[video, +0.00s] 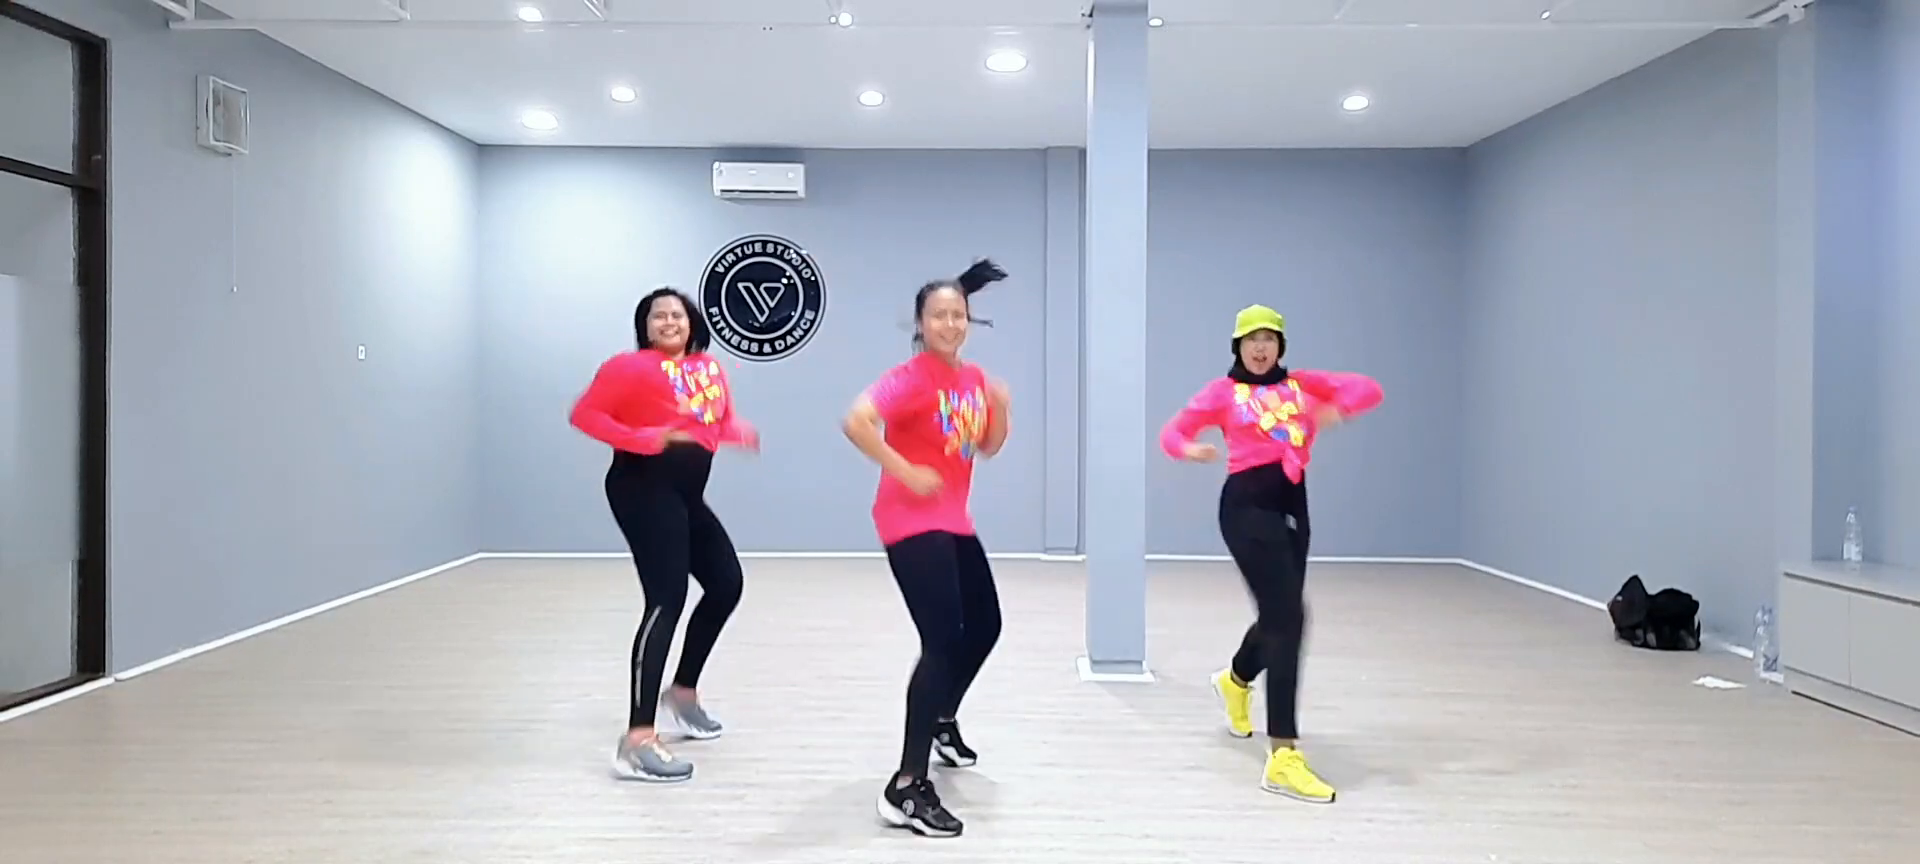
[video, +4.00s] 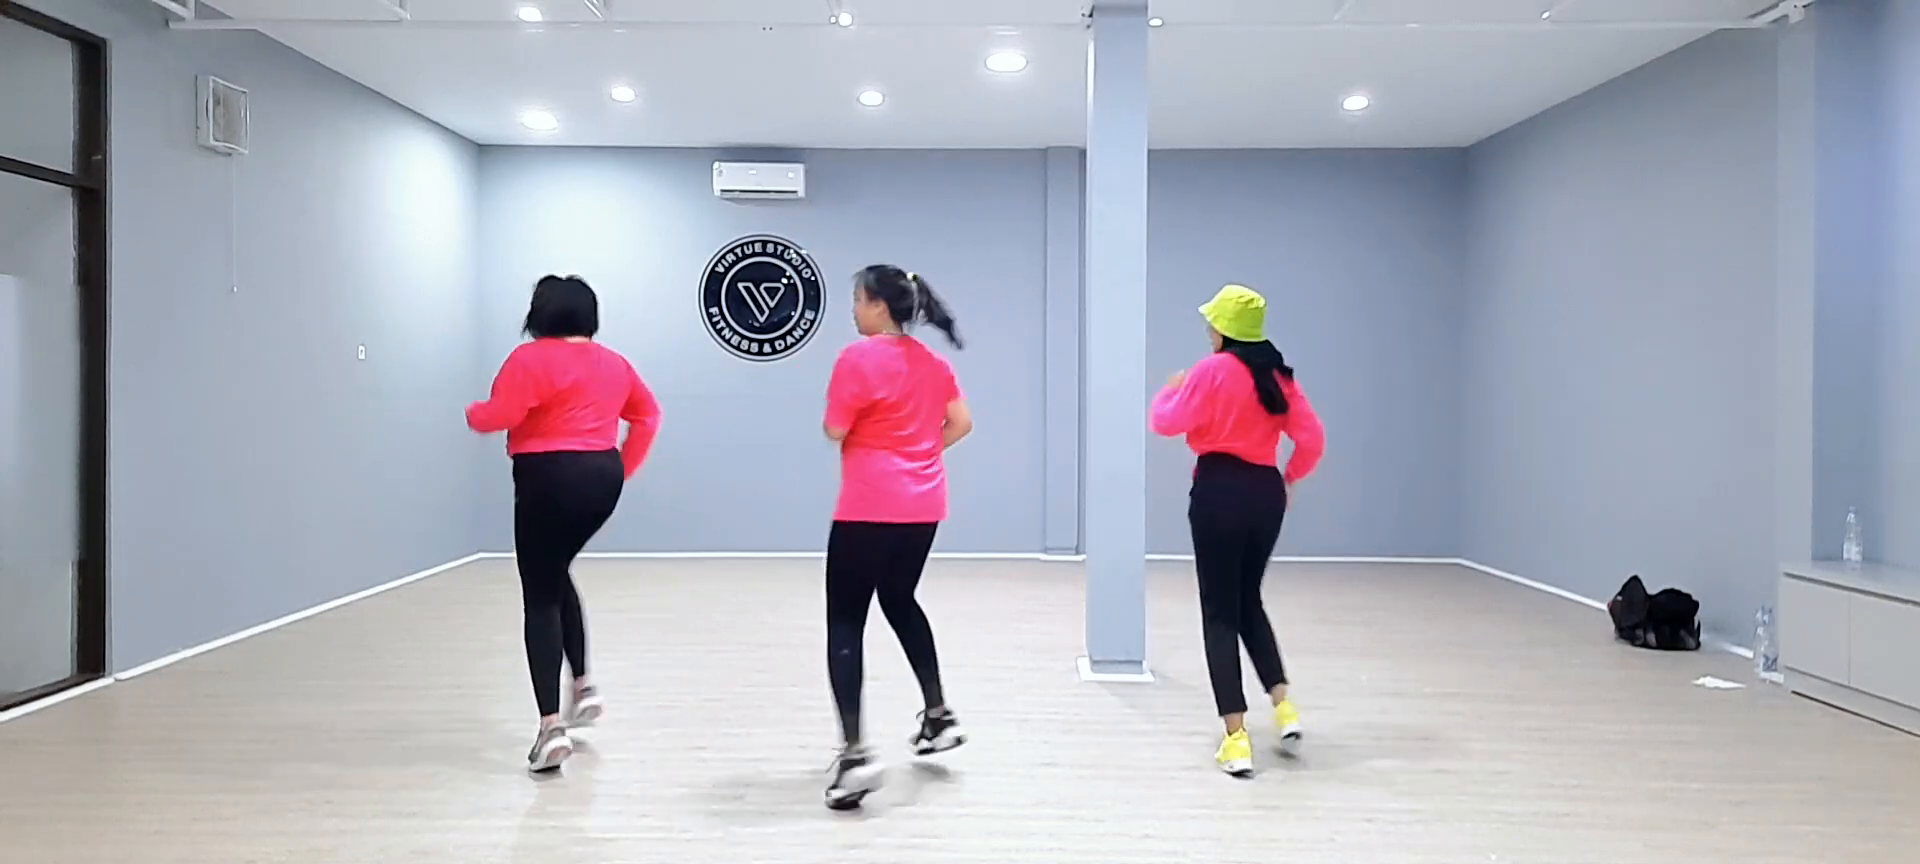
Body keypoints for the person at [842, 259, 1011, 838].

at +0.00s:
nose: (952, 323)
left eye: (959, 314)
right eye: (941, 314)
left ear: (969, 323)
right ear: (921, 323)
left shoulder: (973, 381)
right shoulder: (910, 376)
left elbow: (988, 448)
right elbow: (856, 420)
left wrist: (999, 408)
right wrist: (905, 470)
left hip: (956, 521)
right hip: (913, 523)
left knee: (984, 626)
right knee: (944, 642)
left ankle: (942, 717)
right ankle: (907, 782)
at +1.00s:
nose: (896, 322)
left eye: (907, 315)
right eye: (891, 315)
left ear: (928, 325)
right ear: (884, 325)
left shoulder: (933, 372)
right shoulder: (891, 380)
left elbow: (950, 434)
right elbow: (871, 427)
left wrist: (893, 452)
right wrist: (846, 435)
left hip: (942, 508)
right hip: (905, 508)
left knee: (905, 603)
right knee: (895, 603)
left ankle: (951, 715)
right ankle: (926, 707)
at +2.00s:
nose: (886, 306)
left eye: (896, 299)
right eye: (877, 298)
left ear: (909, 309)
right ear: (861, 306)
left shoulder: (927, 362)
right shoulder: (842, 342)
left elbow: (977, 401)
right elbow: (821, 274)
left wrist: (940, 443)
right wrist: (828, 210)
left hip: (920, 500)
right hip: (858, 499)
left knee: (948, 608)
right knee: (808, 600)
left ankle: (982, 723)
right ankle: (788, 715)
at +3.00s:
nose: (906, 339)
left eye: (916, 330)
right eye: (897, 329)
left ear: (926, 334)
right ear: (878, 329)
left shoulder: (937, 390)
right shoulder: (853, 380)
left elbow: (958, 459)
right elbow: (852, 445)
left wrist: (987, 513)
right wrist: (897, 416)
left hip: (931, 529)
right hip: (868, 531)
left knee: (931, 643)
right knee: (873, 651)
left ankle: (925, 736)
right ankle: (867, 711)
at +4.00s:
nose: (853, 309)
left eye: (859, 300)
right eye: (856, 299)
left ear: (880, 306)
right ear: (899, 308)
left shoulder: (858, 358)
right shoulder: (934, 360)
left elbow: (835, 429)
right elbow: (961, 423)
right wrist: (922, 450)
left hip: (866, 512)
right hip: (923, 511)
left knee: (845, 625)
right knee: (900, 599)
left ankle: (854, 748)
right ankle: (938, 713)